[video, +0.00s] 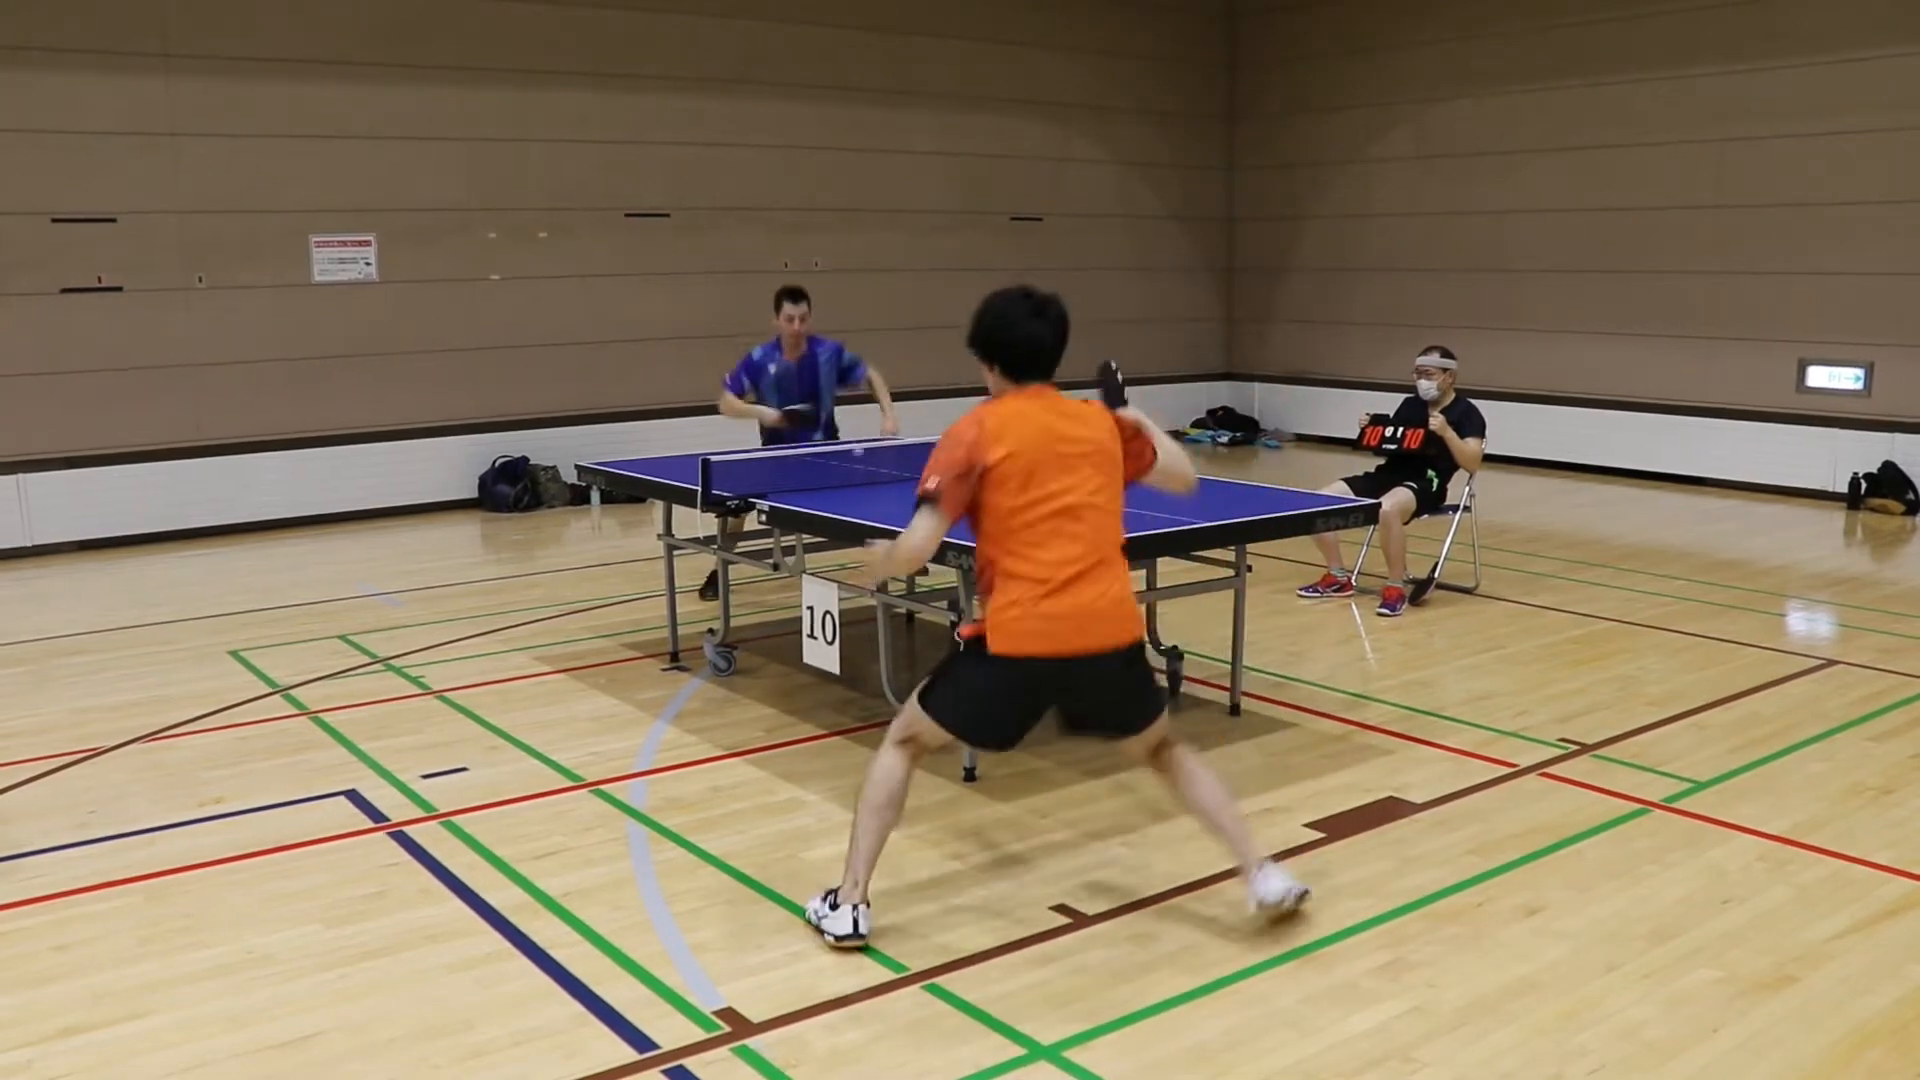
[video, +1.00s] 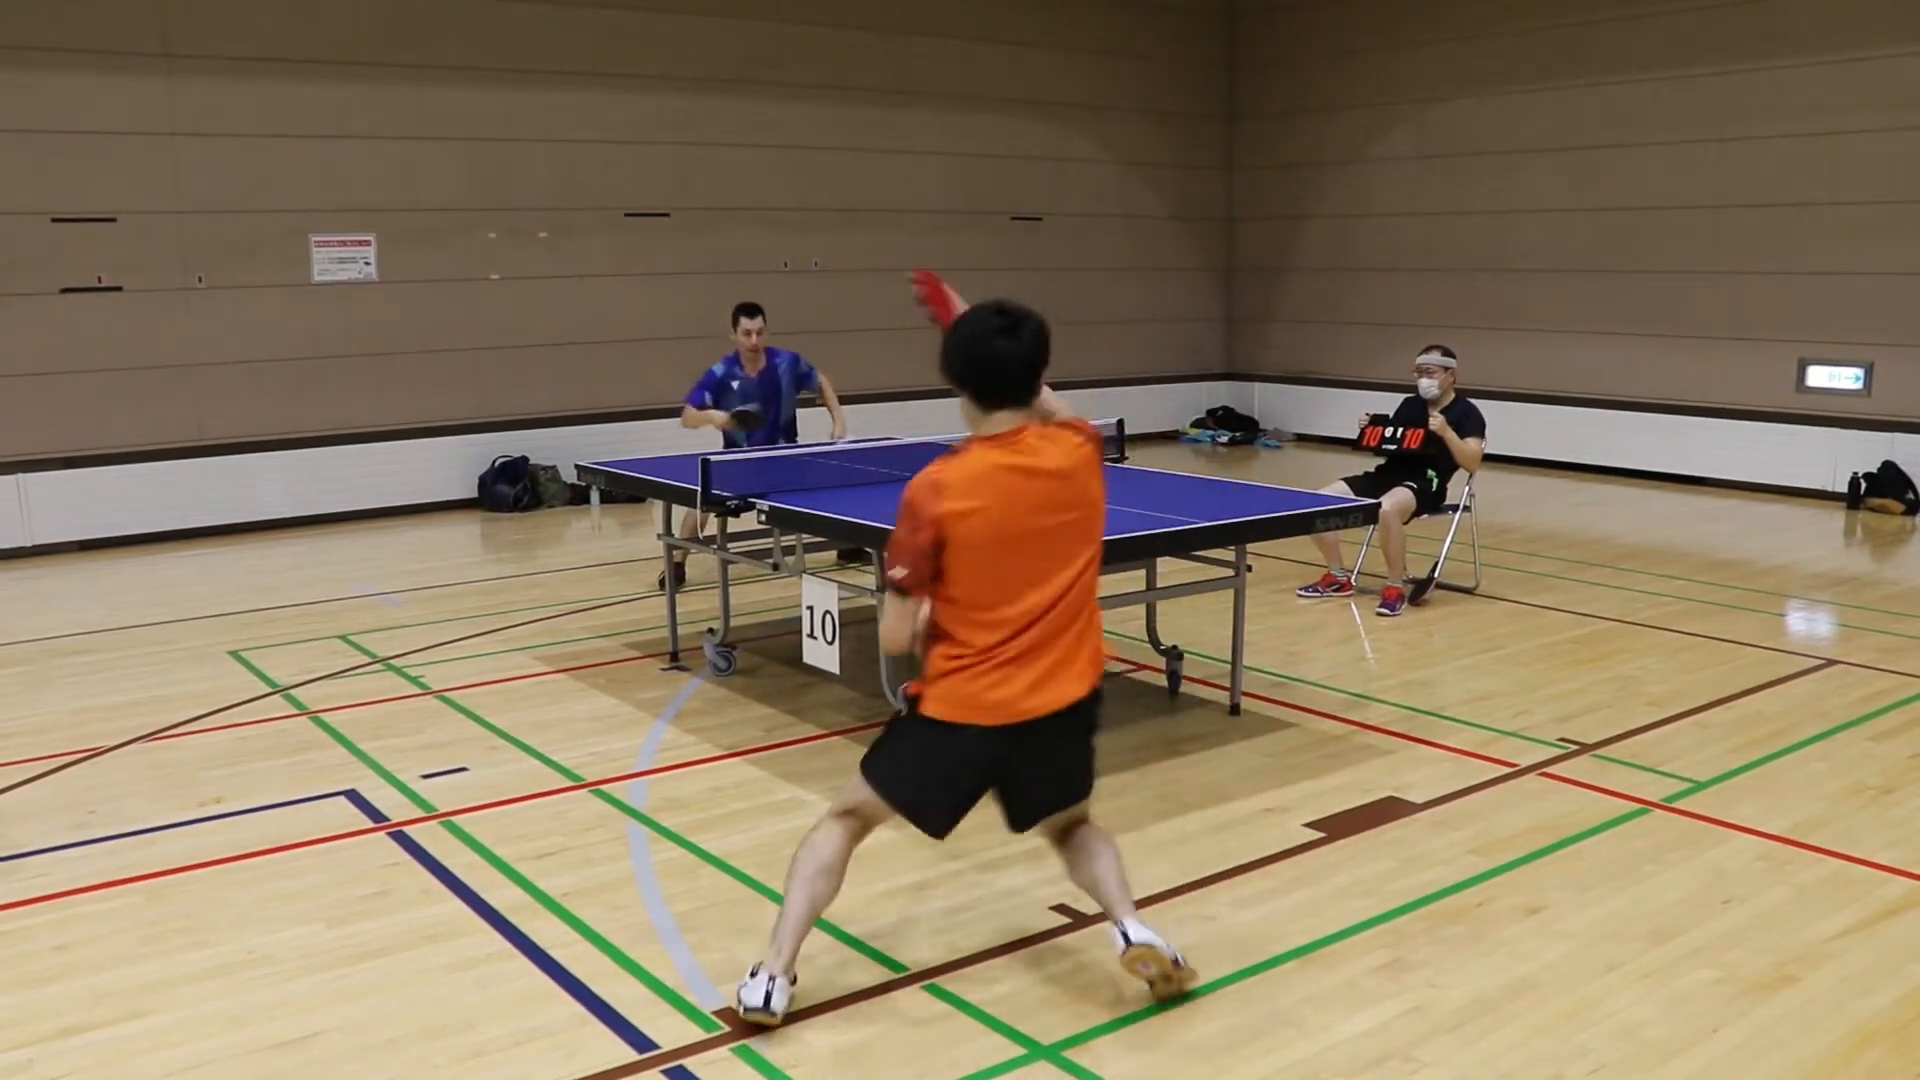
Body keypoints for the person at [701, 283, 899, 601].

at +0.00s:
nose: (797, 327)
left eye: (803, 319)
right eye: (790, 320)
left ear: (810, 319)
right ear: (777, 320)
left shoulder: (829, 354)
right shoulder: (760, 359)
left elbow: (871, 375)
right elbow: (726, 403)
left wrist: (889, 415)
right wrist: (761, 412)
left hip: (826, 453)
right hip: (777, 456)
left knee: (864, 500)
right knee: (736, 502)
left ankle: (897, 559)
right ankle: (721, 569)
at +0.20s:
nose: (806, 327)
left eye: (811, 319)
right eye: (799, 319)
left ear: (817, 320)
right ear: (784, 320)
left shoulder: (831, 349)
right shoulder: (772, 362)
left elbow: (858, 371)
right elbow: (761, 410)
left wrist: (882, 395)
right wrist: (777, 394)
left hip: (825, 443)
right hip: (780, 446)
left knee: (872, 483)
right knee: (746, 504)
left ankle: (897, 553)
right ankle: (721, 570)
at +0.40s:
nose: (800, 292)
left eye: (805, 285)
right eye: (792, 285)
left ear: (812, 287)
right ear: (778, 288)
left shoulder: (826, 321)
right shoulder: (764, 332)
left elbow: (843, 346)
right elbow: (750, 389)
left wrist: (865, 377)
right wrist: (756, 368)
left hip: (822, 421)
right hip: (778, 425)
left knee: (866, 476)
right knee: (737, 490)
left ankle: (891, 548)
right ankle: (713, 559)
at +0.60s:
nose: (778, 283)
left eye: (783, 277)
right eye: (770, 277)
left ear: (790, 280)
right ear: (756, 280)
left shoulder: (804, 314)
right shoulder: (741, 324)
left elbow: (820, 346)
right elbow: (719, 375)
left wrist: (839, 377)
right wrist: (742, 376)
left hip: (805, 419)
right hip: (760, 423)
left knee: (852, 474)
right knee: (722, 488)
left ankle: (892, 545)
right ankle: (705, 559)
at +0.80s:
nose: (753, 296)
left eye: (759, 289)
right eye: (746, 290)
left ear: (767, 291)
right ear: (735, 293)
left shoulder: (790, 325)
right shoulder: (722, 335)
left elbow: (814, 350)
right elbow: (692, 380)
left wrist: (827, 387)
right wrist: (712, 389)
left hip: (793, 424)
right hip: (749, 430)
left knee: (826, 481)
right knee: (710, 496)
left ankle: (854, 539)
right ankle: (677, 563)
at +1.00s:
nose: (754, 340)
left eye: (759, 333)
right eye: (747, 334)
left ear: (766, 332)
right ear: (734, 335)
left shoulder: (788, 363)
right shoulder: (722, 372)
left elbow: (821, 383)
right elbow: (687, 418)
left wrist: (839, 420)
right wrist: (712, 417)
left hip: (786, 459)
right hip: (739, 464)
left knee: (834, 480)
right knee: (703, 500)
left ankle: (847, 544)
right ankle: (677, 563)